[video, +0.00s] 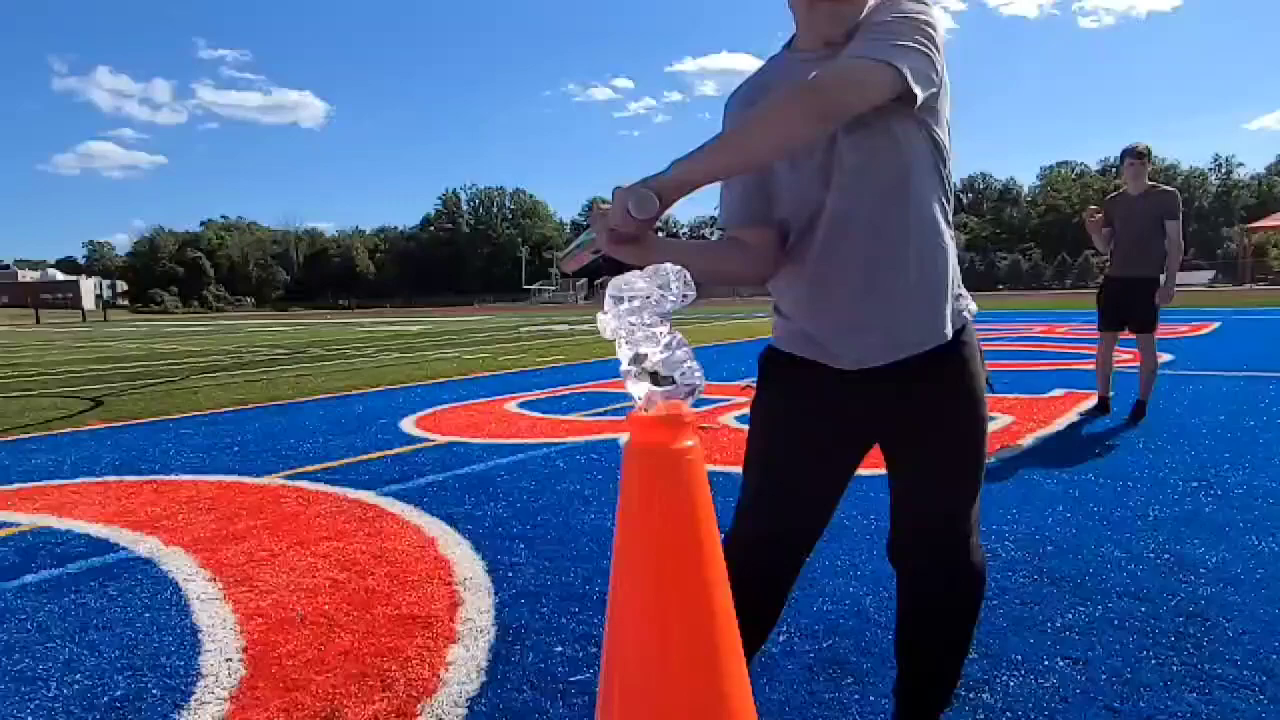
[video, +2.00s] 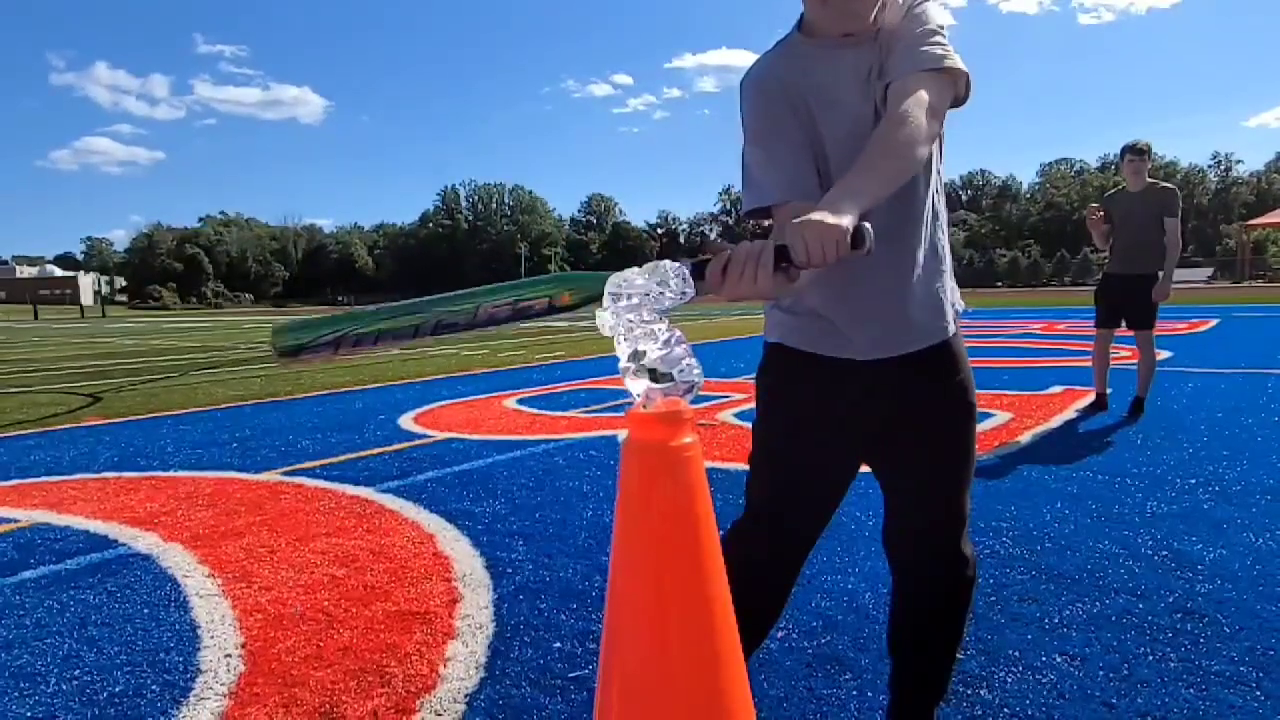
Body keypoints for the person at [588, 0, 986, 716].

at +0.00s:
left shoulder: (907, 24)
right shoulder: (752, 101)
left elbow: (831, 98)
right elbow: (756, 254)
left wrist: (666, 184)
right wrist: (653, 251)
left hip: (931, 357)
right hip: (810, 365)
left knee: (941, 563)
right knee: (756, 561)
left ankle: (920, 709)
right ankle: (689, 700)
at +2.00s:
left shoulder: (918, 22)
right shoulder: (772, 79)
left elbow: (915, 121)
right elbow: (788, 223)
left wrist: (838, 207)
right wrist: (759, 273)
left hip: (924, 357)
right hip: (811, 363)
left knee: (936, 563)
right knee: (764, 554)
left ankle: (913, 711)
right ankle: (682, 694)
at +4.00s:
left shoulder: (915, 18)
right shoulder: (787, 57)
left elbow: (954, 126)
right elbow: (832, 205)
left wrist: (1000, 201)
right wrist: (979, 263)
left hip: (912, 335)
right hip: (810, 345)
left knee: (923, 545)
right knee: (769, 537)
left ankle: (935, 695)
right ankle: (697, 701)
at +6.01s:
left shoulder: (907, 19)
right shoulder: (807, 42)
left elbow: (965, 132)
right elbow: (903, 180)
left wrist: (1087, 217)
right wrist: (1077, 236)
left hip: (900, 339)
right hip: (802, 345)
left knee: (912, 533)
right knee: (768, 531)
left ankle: (900, 693)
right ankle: (692, 698)